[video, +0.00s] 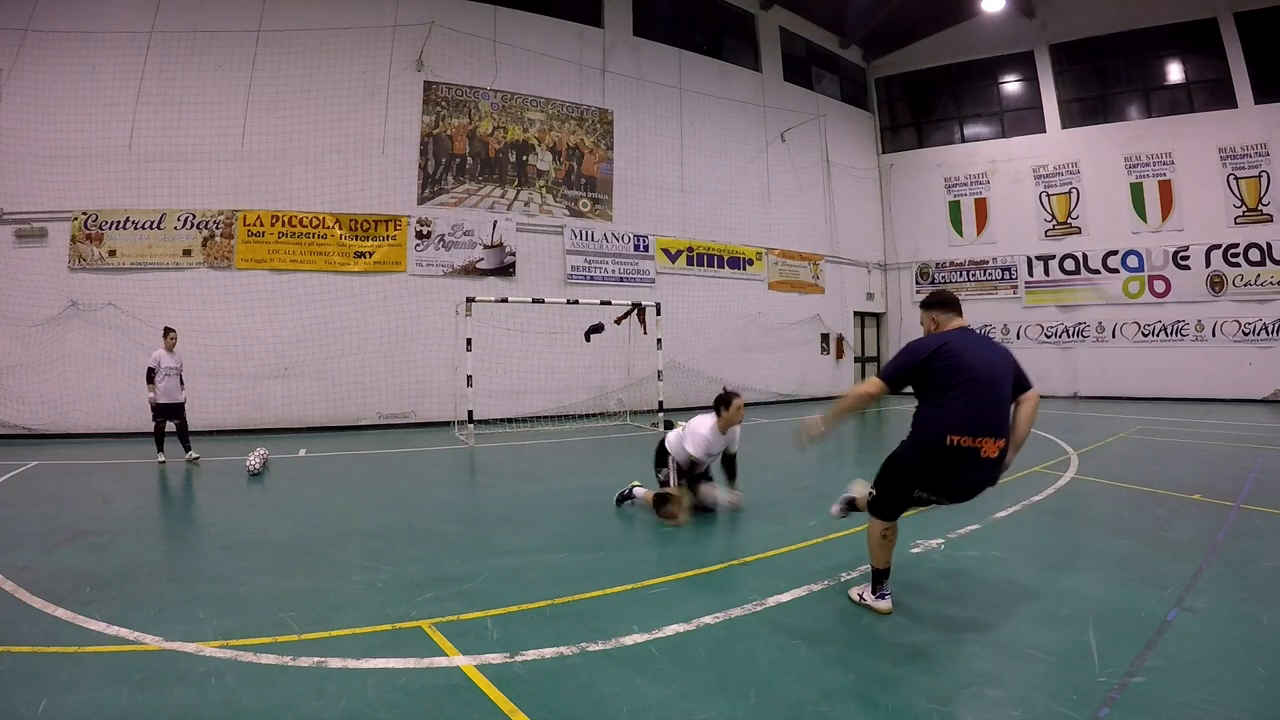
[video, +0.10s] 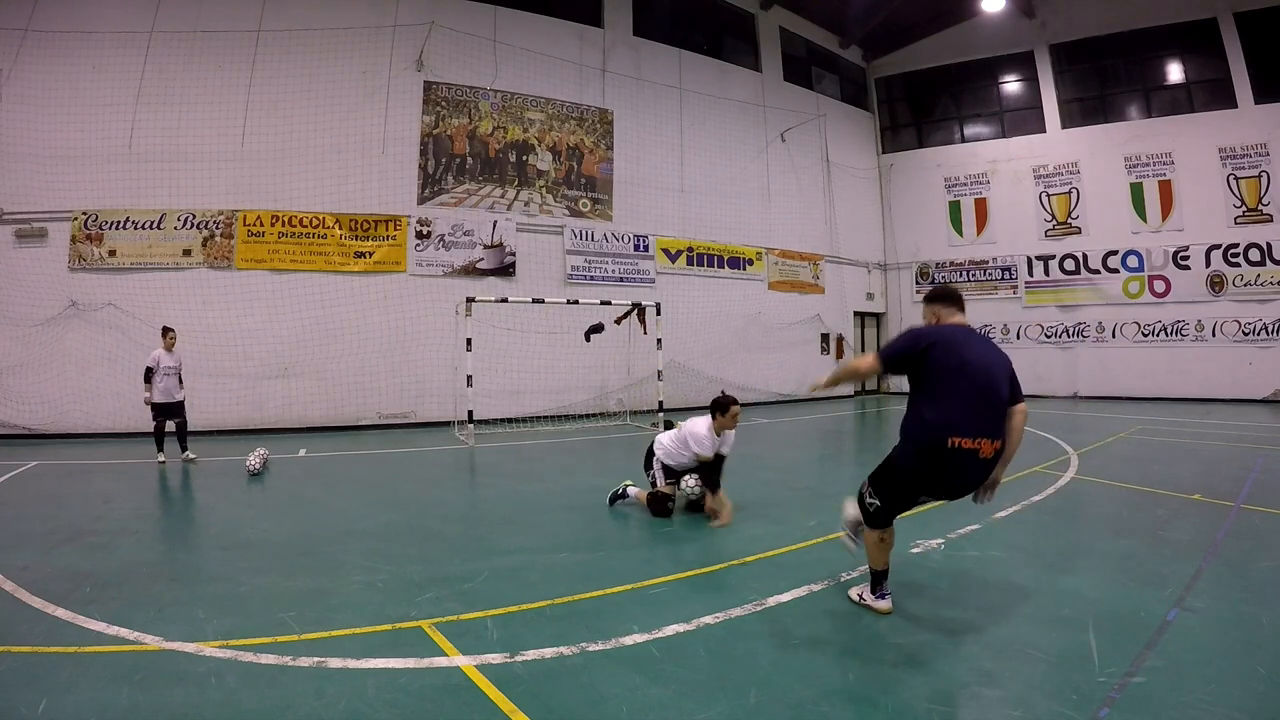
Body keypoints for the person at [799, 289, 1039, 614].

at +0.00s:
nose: (924, 330)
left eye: (924, 324)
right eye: (923, 325)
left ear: (933, 320)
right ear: (961, 318)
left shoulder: (926, 348)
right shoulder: (998, 351)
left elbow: (869, 390)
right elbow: (1029, 398)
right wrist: (1010, 452)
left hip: (928, 458)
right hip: (982, 472)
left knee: (884, 508)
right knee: (922, 495)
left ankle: (879, 591)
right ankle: (861, 501)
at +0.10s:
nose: (926, 323)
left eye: (926, 318)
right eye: (926, 318)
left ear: (935, 314)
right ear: (962, 313)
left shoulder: (925, 338)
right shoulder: (995, 352)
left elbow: (865, 366)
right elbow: (1018, 412)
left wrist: (832, 378)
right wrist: (999, 469)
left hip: (925, 457)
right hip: (975, 467)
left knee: (875, 507)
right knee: (917, 489)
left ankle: (878, 591)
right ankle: (864, 518)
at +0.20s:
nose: (930, 302)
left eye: (932, 297)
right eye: (931, 298)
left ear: (941, 294)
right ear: (971, 295)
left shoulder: (932, 316)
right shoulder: (999, 336)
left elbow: (882, 340)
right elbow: (1021, 399)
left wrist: (854, 364)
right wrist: (1001, 453)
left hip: (934, 446)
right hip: (982, 456)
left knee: (889, 508)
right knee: (919, 494)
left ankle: (876, 589)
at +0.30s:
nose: (937, 283)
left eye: (939, 277)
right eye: (938, 277)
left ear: (949, 275)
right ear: (981, 276)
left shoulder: (947, 300)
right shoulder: (1010, 320)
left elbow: (918, 343)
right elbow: (1031, 388)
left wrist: (872, 373)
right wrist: (1010, 429)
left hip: (950, 442)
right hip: (1001, 447)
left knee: (904, 522)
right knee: (955, 522)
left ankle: (874, 595)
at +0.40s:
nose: (948, 278)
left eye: (949, 271)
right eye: (949, 271)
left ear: (960, 270)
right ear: (990, 271)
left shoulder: (957, 309)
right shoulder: (1022, 314)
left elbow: (937, 366)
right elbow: (1045, 383)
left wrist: (889, 416)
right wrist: (1034, 434)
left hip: (972, 445)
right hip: (1023, 449)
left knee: (918, 524)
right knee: (974, 538)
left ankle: (920, 622)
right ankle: (975, 635)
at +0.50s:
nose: (957, 268)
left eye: (959, 261)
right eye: (958, 260)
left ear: (972, 261)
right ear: (1003, 261)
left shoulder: (970, 309)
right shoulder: (1036, 307)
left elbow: (954, 380)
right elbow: (1065, 380)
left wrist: (919, 441)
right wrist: (1056, 437)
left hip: (993, 452)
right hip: (1041, 451)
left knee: (947, 542)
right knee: (983, 544)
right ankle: (976, 631)